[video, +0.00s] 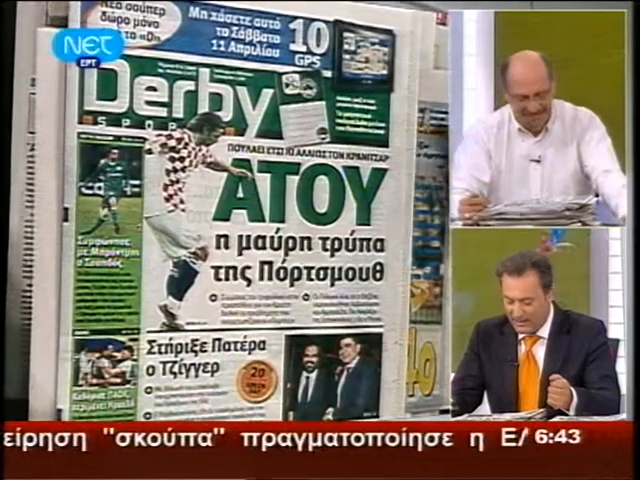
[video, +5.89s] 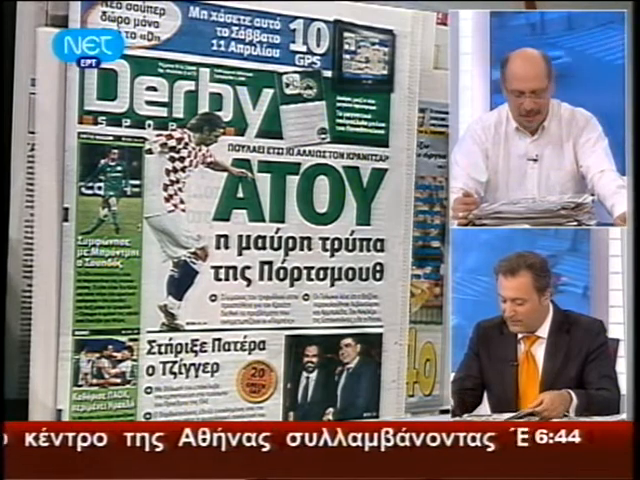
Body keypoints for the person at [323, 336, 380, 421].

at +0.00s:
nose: (343, 351)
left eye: (347, 346)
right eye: (341, 348)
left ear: (358, 348)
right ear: (339, 351)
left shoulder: (367, 368)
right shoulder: (341, 371)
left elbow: (361, 409)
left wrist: (335, 414)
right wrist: (330, 411)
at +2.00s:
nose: (343, 351)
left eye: (347, 346)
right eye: (341, 348)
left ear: (358, 348)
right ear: (339, 351)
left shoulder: (367, 368)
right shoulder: (340, 372)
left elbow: (360, 409)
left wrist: (335, 415)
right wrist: (330, 411)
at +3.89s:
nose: (343, 351)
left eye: (347, 346)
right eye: (341, 348)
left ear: (358, 348)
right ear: (338, 351)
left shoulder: (367, 368)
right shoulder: (341, 371)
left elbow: (361, 408)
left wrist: (335, 415)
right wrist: (331, 411)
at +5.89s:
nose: (343, 351)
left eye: (347, 346)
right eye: (341, 348)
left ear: (358, 348)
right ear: (339, 351)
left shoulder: (367, 368)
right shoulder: (341, 371)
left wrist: (335, 416)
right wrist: (331, 410)